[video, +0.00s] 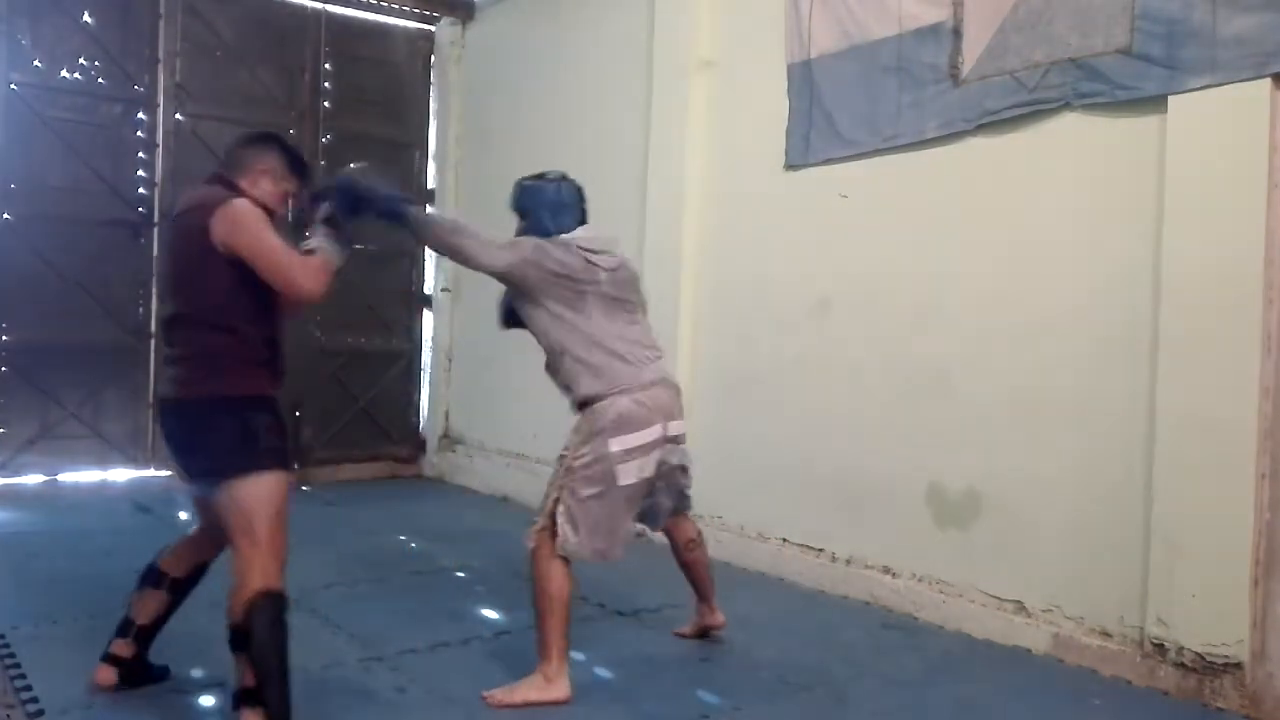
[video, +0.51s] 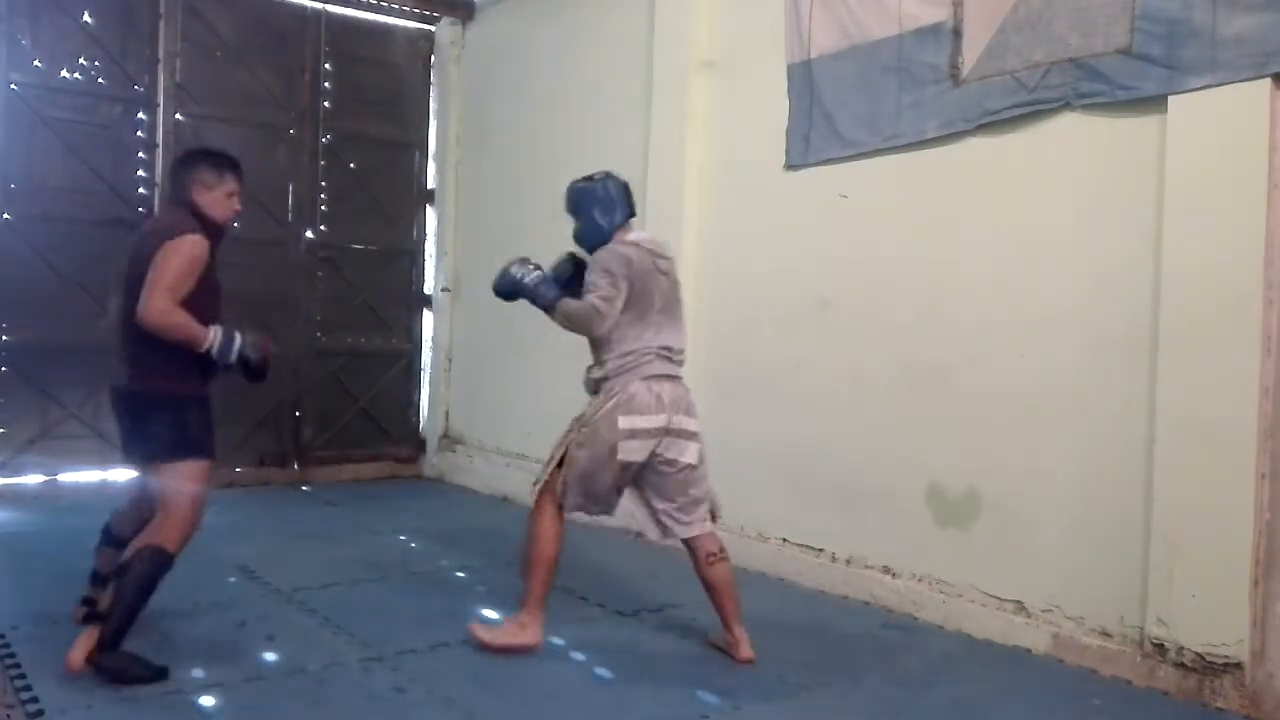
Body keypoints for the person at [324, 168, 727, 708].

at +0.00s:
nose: (515, 226)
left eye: (518, 218)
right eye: (516, 218)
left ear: (531, 219)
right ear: (578, 216)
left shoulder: (536, 258)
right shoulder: (613, 260)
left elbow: (461, 241)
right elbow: (584, 302)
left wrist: (394, 207)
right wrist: (523, 310)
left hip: (613, 415)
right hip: (664, 404)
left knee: (549, 541)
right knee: (676, 513)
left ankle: (552, 675)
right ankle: (710, 610)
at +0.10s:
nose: (533, 219)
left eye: (537, 210)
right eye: (534, 211)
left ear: (549, 214)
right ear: (597, 212)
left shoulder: (544, 259)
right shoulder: (637, 262)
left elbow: (478, 271)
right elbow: (647, 326)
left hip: (622, 410)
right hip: (674, 399)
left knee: (561, 535)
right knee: (688, 521)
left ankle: (553, 674)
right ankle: (723, 620)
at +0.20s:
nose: (555, 219)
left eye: (559, 210)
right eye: (557, 209)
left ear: (573, 215)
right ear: (616, 211)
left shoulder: (567, 266)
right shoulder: (662, 260)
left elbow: (517, 330)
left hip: (627, 412)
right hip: (681, 406)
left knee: (570, 534)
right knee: (701, 531)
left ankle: (553, 673)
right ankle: (738, 638)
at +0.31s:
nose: (575, 230)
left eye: (578, 220)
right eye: (575, 220)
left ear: (592, 223)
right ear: (635, 217)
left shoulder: (594, 270)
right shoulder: (683, 265)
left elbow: (549, 340)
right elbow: (688, 332)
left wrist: (531, 333)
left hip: (634, 411)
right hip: (690, 407)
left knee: (574, 530)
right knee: (708, 536)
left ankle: (550, 654)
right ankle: (741, 640)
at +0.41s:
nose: (582, 224)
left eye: (585, 214)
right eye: (581, 214)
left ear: (604, 213)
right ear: (640, 207)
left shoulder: (608, 257)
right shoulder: (684, 259)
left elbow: (580, 320)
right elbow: (662, 321)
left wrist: (540, 311)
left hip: (634, 403)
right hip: (688, 401)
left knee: (564, 511)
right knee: (701, 524)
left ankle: (554, 632)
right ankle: (739, 637)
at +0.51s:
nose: (574, 229)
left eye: (577, 219)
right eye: (572, 220)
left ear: (594, 218)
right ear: (628, 212)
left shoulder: (611, 258)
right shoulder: (661, 257)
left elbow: (593, 319)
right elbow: (631, 311)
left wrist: (540, 293)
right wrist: (578, 281)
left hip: (626, 403)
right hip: (676, 402)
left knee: (551, 498)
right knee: (696, 522)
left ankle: (528, 621)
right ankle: (737, 636)